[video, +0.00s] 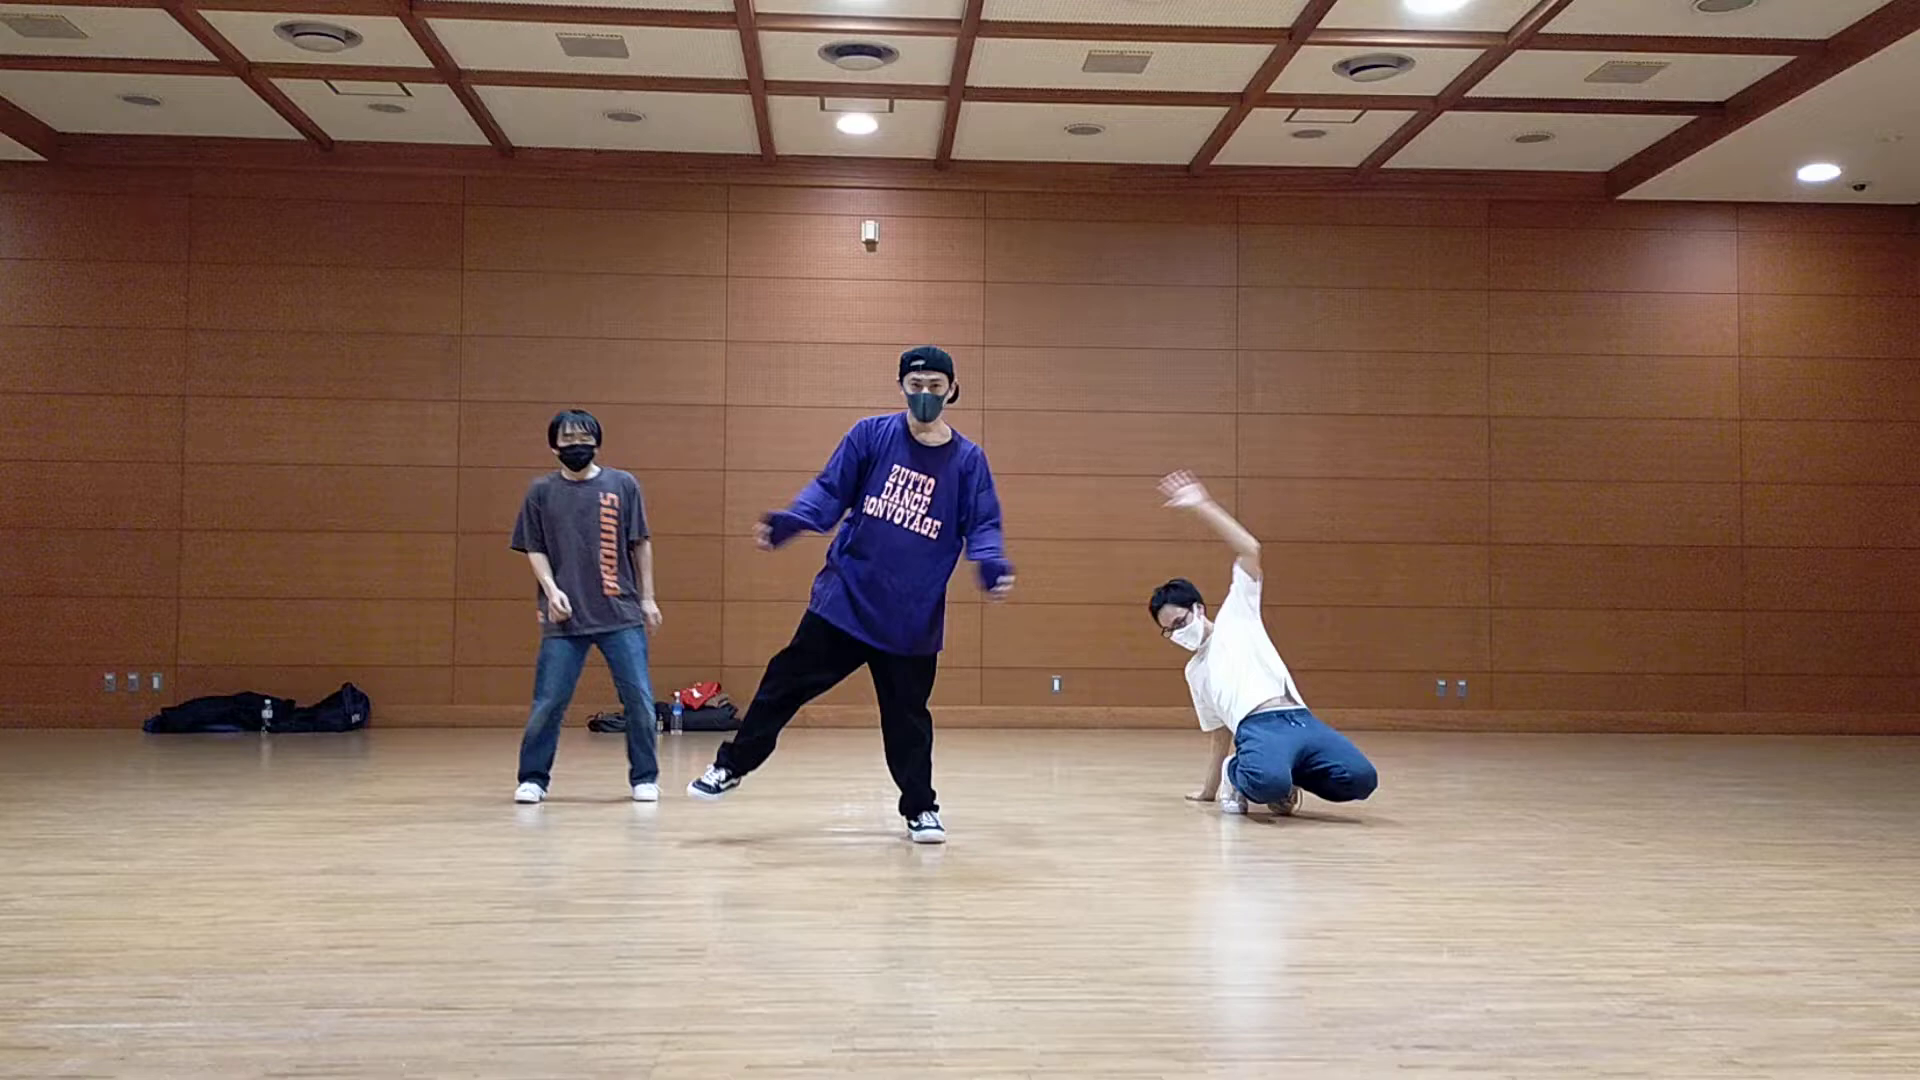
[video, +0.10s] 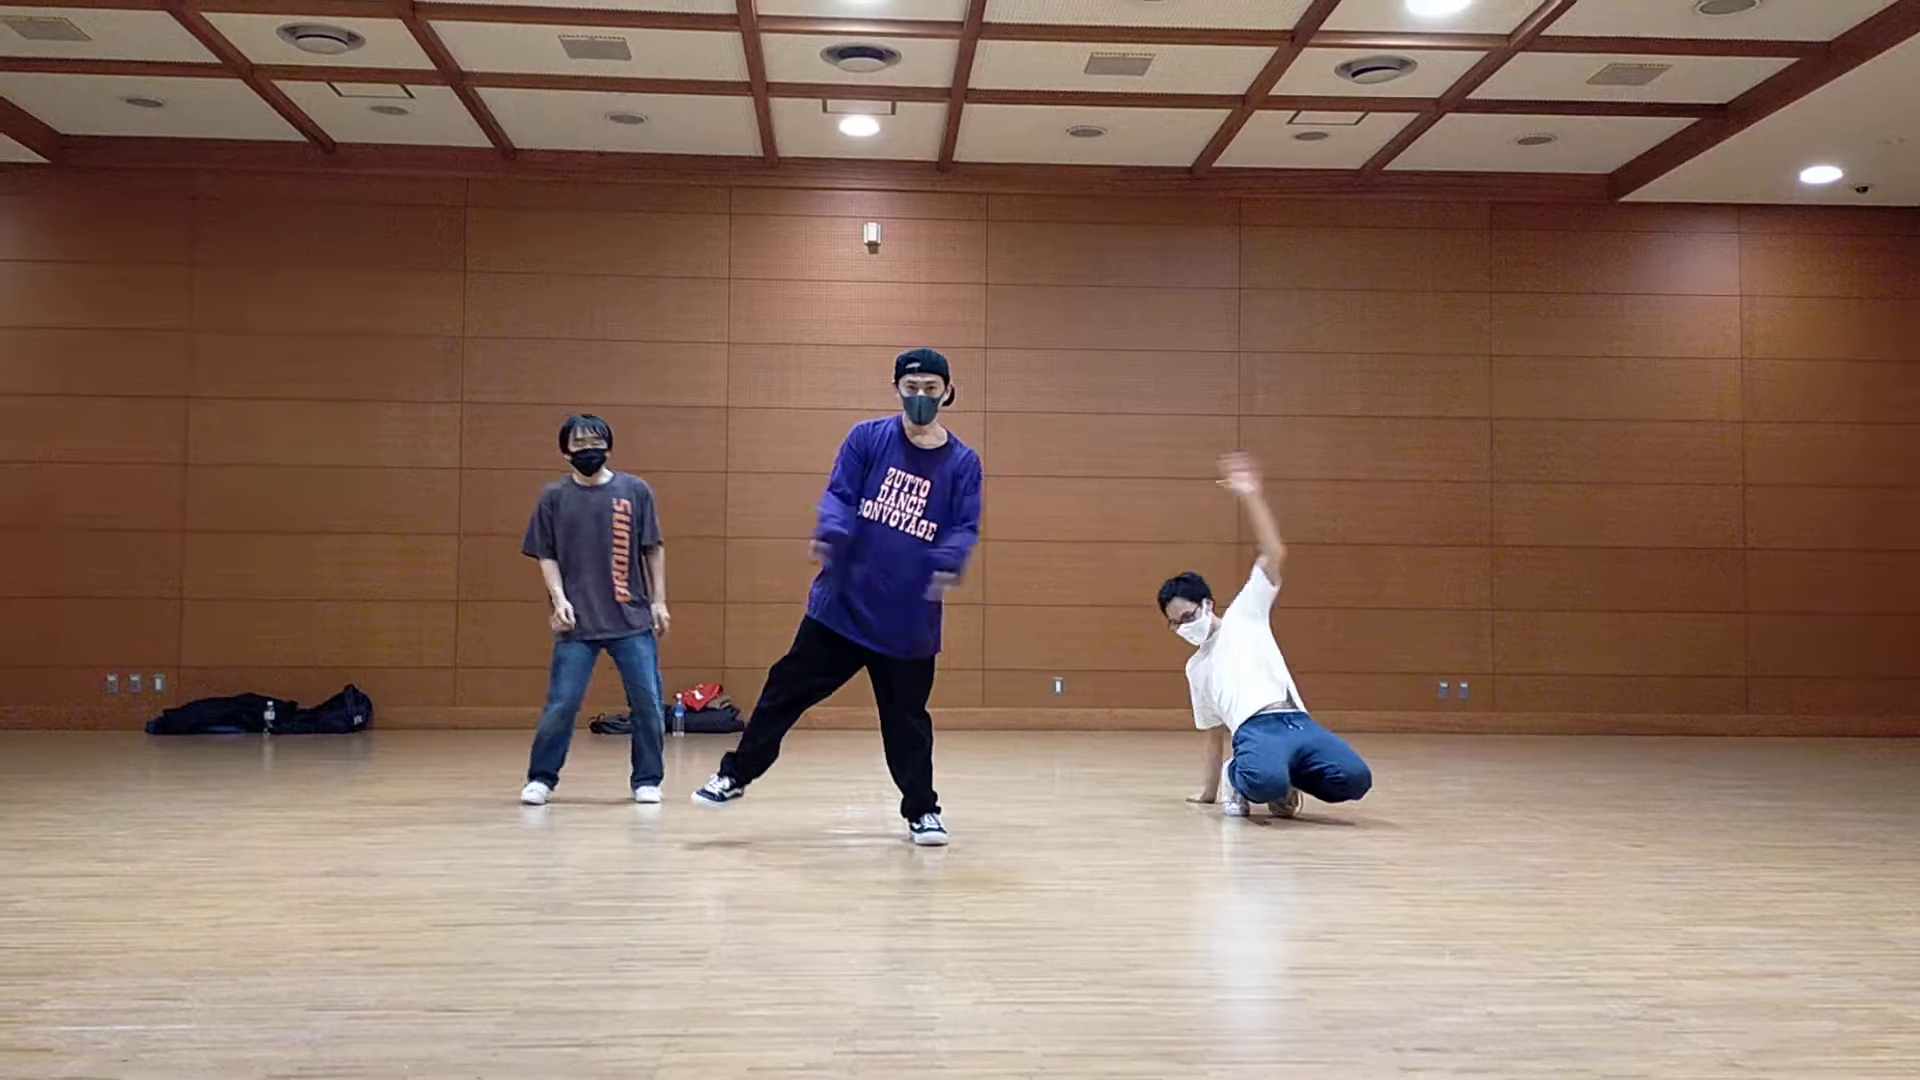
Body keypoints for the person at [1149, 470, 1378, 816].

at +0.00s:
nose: (1177, 634)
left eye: (1180, 622)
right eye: (1169, 631)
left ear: (1199, 609)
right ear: (1165, 635)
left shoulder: (1238, 611)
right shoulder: (1196, 673)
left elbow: (1250, 549)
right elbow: (1220, 736)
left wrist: (1201, 504)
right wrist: (1208, 791)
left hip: (1301, 719)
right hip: (1258, 730)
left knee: (1362, 781)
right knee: (1273, 786)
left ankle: (1290, 783)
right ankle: (1236, 781)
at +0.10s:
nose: (1185, 628)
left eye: (1188, 617)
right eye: (1176, 624)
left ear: (1208, 605)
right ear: (1172, 626)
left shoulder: (1246, 611)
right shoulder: (1198, 669)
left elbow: (1274, 553)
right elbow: (1216, 733)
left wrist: (1251, 493)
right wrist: (1209, 792)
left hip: (1298, 721)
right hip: (1255, 733)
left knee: (1356, 781)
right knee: (1269, 784)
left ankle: (1288, 788)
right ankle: (1236, 785)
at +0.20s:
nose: (1198, 620)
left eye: (1203, 610)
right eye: (1190, 614)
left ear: (1223, 600)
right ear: (1183, 614)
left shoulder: (1258, 614)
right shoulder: (1199, 661)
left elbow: (1314, 582)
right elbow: (1202, 730)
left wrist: (1342, 528)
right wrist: (1203, 786)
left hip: (1293, 725)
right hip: (1249, 737)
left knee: (1342, 775)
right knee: (1264, 779)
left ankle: (1289, 787)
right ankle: (1238, 789)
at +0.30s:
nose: (1215, 610)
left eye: (1223, 601)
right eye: (1208, 603)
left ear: (1243, 596)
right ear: (1200, 603)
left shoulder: (1271, 617)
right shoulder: (1202, 647)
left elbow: (1341, 621)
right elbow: (1186, 708)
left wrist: (1410, 606)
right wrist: (1176, 765)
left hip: (1287, 727)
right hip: (1240, 734)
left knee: (1319, 772)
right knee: (1245, 774)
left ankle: (1289, 793)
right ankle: (1237, 799)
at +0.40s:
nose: (1232, 604)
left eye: (1242, 596)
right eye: (1228, 595)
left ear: (1265, 594)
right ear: (1221, 591)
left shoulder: (1293, 626)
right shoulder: (1212, 636)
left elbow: (1352, 666)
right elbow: (1171, 687)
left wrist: (1416, 697)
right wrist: (1131, 737)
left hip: (1278, 728)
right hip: (1229, 731)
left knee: (1288, 769)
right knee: (1224, 772)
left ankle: (1287, 802)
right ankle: (1235, 800)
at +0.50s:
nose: (1260, 602)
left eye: (1270, 595)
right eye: (1255, 592)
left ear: (1290, 597)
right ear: (1246, 589)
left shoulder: (1310, 640)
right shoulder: (1225, 628)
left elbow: (1340, 702)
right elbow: (1166, 653)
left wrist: (1380, 758)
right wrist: (1104, 677)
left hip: (1270, 733)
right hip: (1220, 731)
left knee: (1257, 778)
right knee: (1203, 772)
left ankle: (1284, 798)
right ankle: (1233, 796)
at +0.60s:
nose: (1285, 609)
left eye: (1297, 604)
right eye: (1281, 599)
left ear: (1315, 608)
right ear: (1272, 594)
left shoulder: (1320, 659)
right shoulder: (1244, 626)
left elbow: (1320, 734)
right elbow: (1175, 618)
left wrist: (1335, 797)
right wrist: (1113, 606)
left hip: (1266, 739)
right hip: (1216, 733)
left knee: (1238, 799)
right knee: (1183, 780)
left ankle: (1281, 790)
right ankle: (1239, 803)